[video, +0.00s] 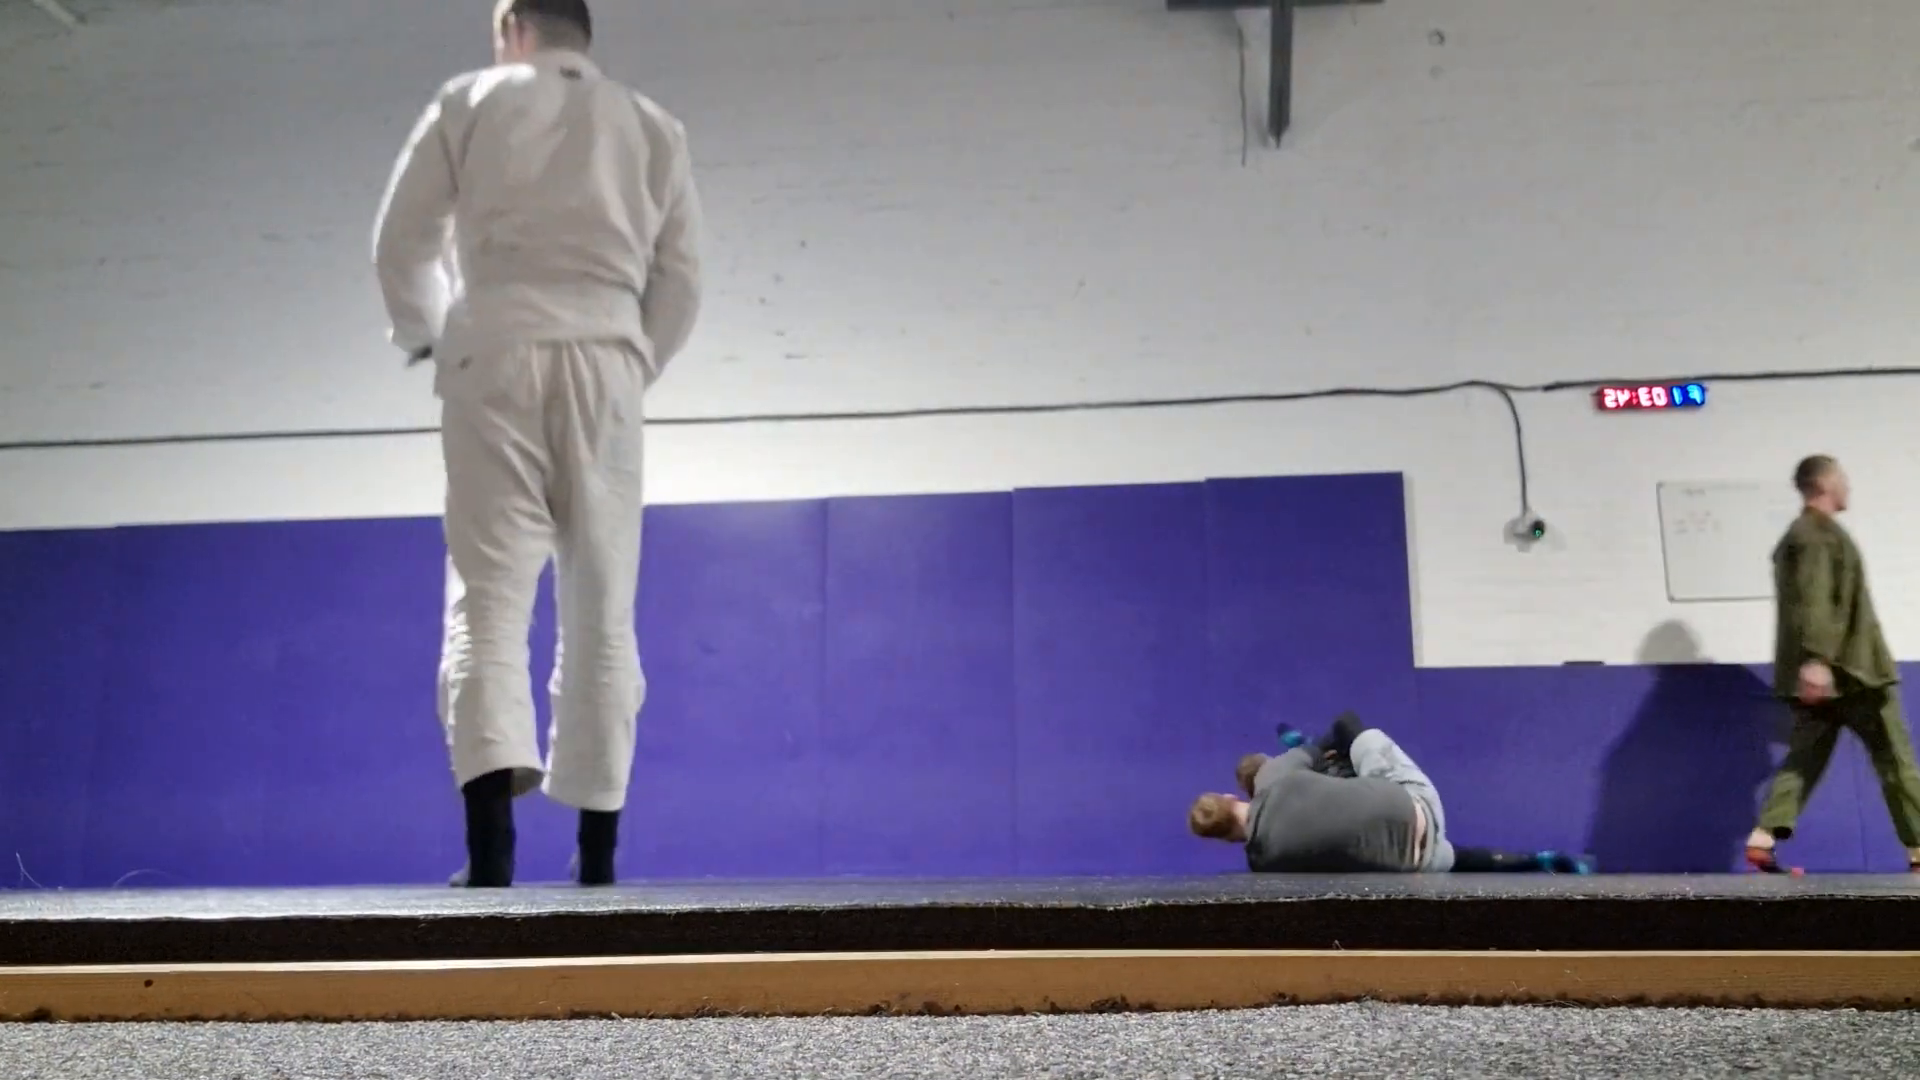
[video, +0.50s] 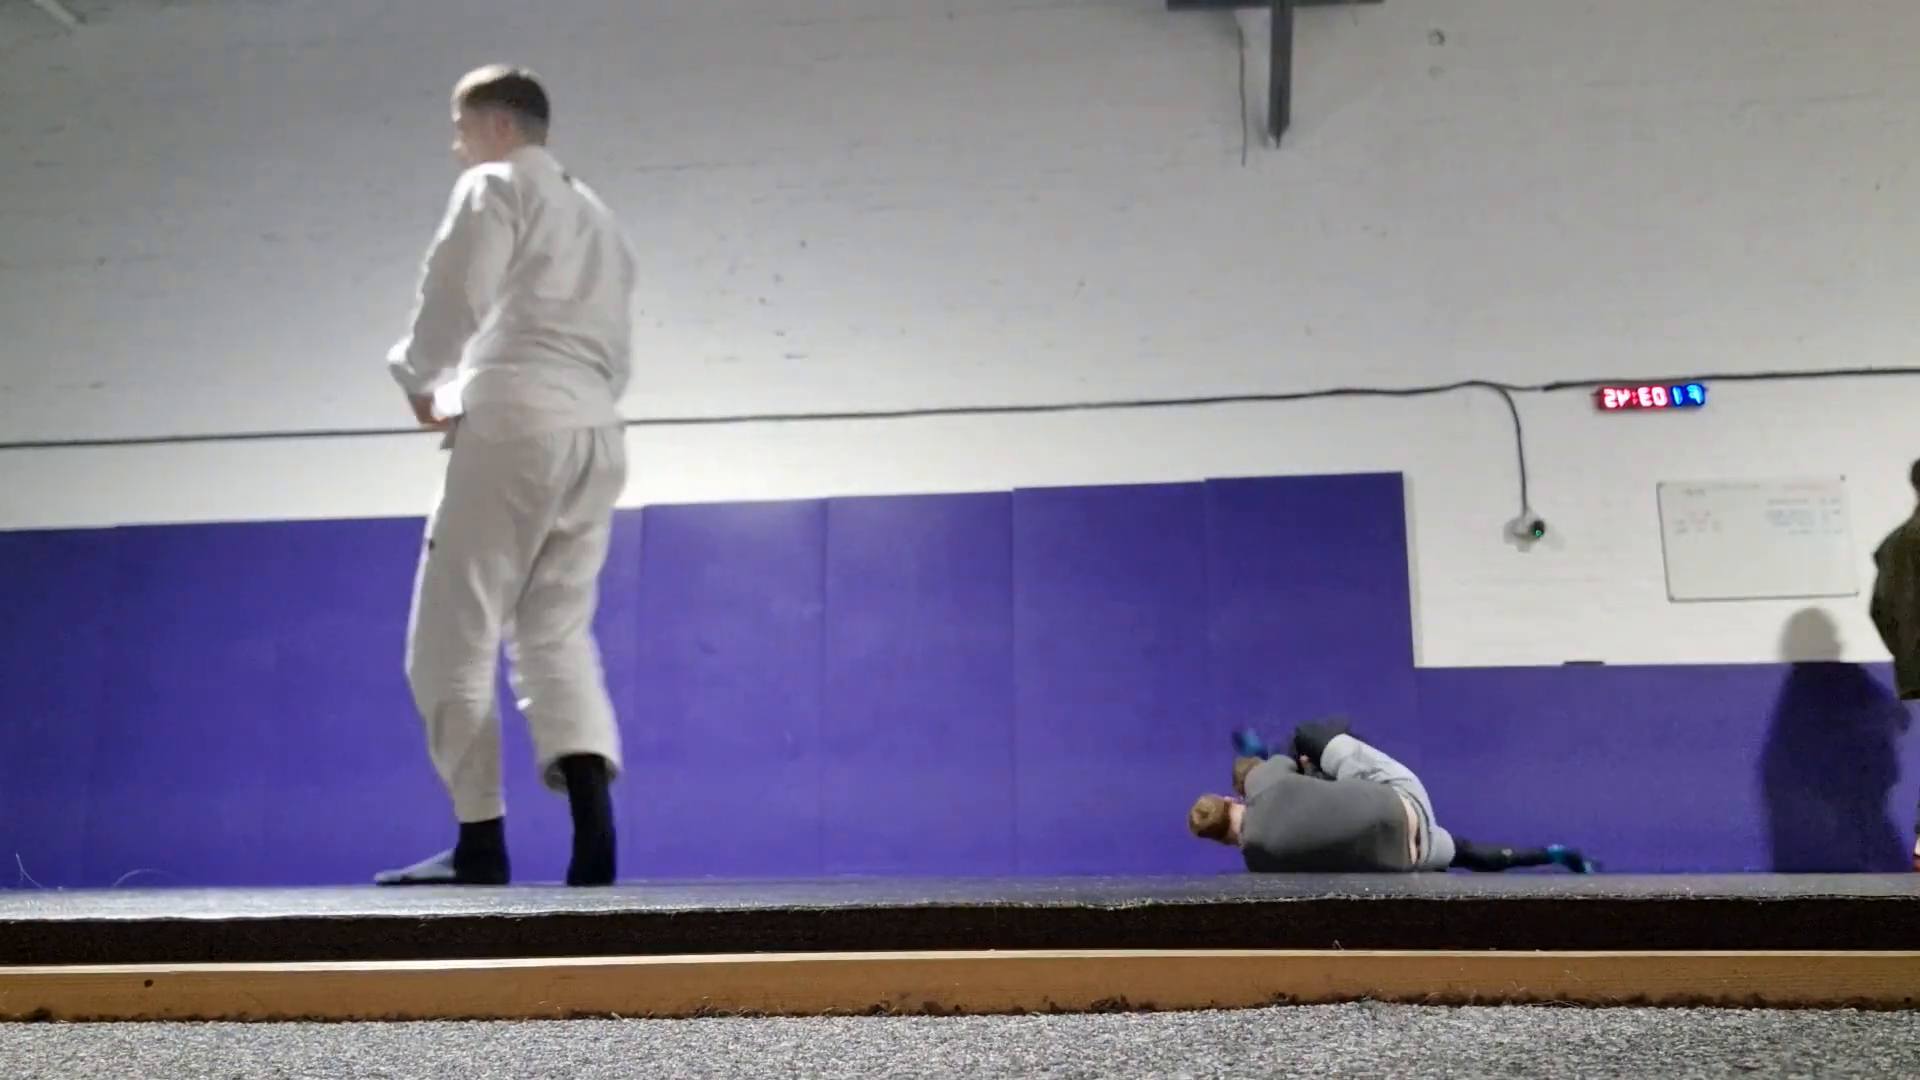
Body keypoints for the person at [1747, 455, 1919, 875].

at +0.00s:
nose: (1847, 484)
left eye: (1843, 476)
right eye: (1840, 477)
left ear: (1812, 487)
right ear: (1822, 485)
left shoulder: (1803, 535)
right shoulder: (1818, 535)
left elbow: (1809, 606)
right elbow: (1815, 602)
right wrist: (1816, 659)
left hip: (1819, 674)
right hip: (1855, 670)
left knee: (1804, 760)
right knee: (1897, 762)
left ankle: (1761, 841)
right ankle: (1916, 849)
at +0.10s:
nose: (1873, 482)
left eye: (1870, 474)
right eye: (1867, 474)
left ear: (1834, 482)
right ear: (1848, 480)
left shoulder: (1815, 535)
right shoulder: (1850, 531)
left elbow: (1823, 607)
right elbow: (1856, 596)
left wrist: (1838, 660)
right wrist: (1868, 652)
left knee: (1850, 749)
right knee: (1908, 758)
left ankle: (1799, 819)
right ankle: (1917, 851)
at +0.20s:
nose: (1897, 481)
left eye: (1894, 473)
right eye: (1893, 473)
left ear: (1856, 479)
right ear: (1876, 477)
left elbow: (1840, 608)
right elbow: (1897, 594)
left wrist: (1857, 651)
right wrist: (1919, 638)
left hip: (1858, 665)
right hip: (1894, 662)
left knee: (1886, 741)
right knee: (1909, 752)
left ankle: (1852, 816)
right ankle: (1917, 848)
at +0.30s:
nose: (1918, 482)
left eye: (1915, 473)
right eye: (1914, 473)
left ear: (1878, 480)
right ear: (1900, 478)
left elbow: (1849, 605)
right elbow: (1916, 577)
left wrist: (1870, 648)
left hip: (1878, 666)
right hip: (1909, 663)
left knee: (1914, 746)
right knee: (1915, 747)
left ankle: (1913, 834)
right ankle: (1913, 834)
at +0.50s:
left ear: (1914, 484)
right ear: (1914, 484)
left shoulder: (1897, 543)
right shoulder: (1897, 544)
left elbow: (1881, 609)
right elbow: (1881, 609)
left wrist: (1905, 655)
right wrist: (1905, 656)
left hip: (1910, 679)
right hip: (1912, 678)